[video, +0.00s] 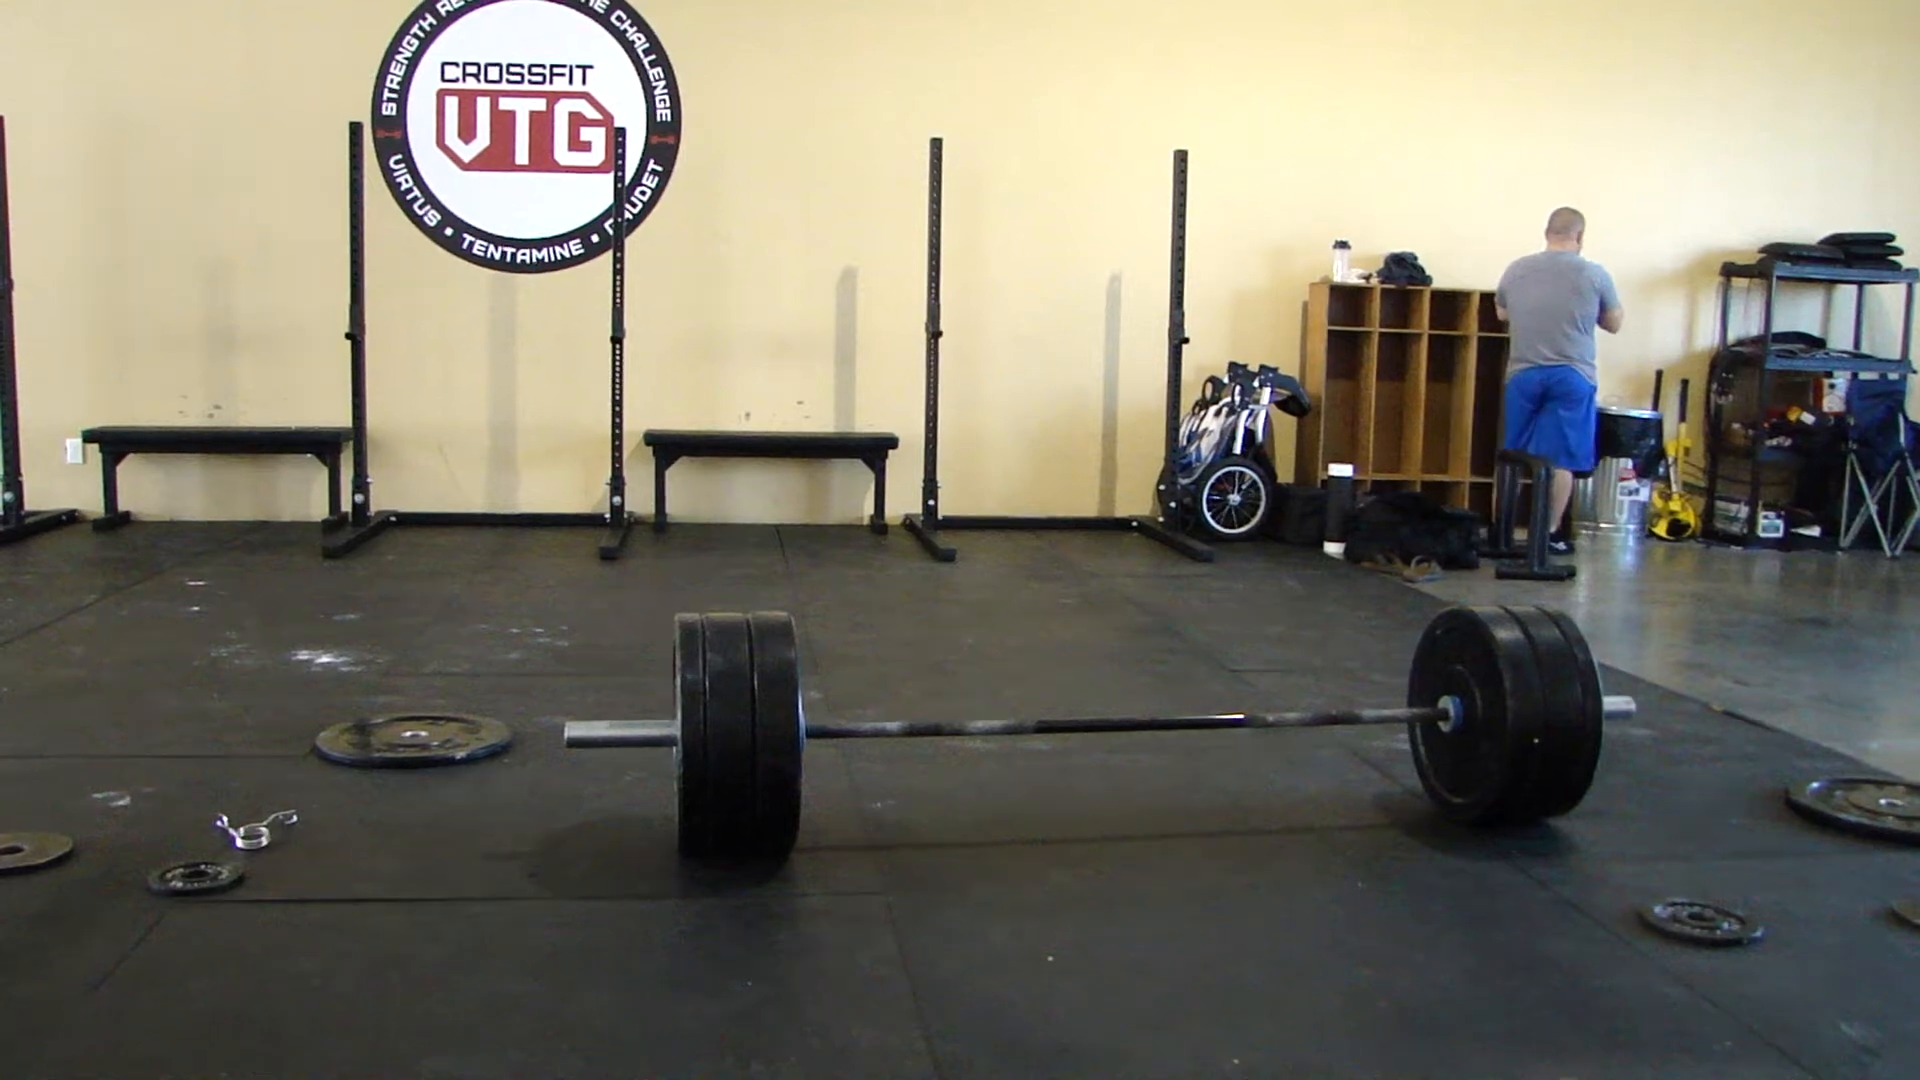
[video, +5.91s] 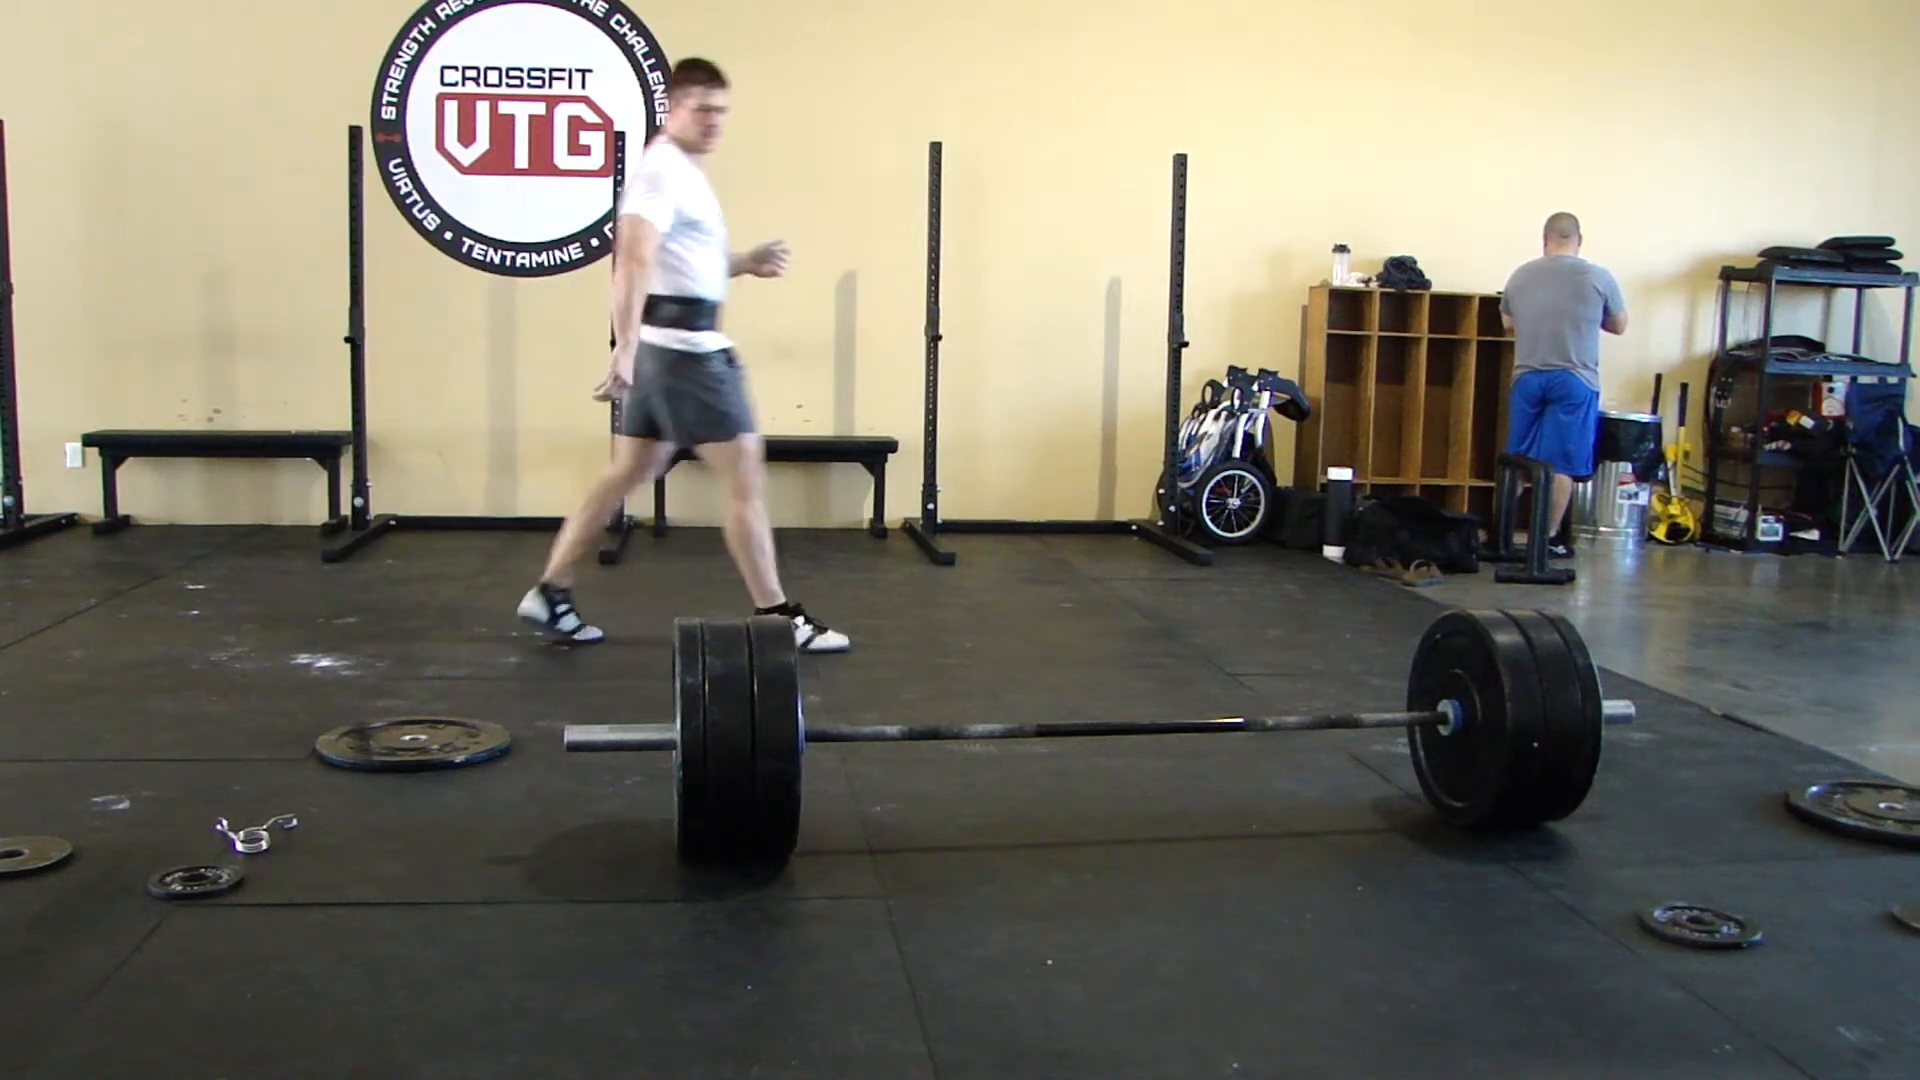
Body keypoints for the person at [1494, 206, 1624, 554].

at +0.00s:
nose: (1579, 243)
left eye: (1576, 238)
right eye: (1581, 238)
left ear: (1546, 234)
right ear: (1579, 237)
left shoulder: (1516, 269)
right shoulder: (1592, 273)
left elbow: (1502, 313)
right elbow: (1613, 323)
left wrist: (1536, 303)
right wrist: (1579, 304)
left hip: (1522, 373)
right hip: (1573, 374)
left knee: (1511, 456)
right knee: (1562, 460)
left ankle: (1502, 532)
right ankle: (1550, 533)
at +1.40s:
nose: (1586, 244)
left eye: (1586, 239)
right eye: (1587, 239)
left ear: (1550, 235)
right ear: (1582, 236)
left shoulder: (1520, 271)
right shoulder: (1593, 274)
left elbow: (1502, 317)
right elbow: (1618, 326)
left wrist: (1535, 307)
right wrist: (1621, 302)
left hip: (1525, 373)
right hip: (1572, 375)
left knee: (1515, 457)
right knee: (1561, 463)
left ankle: (1502, 533)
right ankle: (1548, 536)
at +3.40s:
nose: (1583, 249)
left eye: (1583, 244)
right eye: (1585, 244)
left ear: (1548, 239)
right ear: (1581, 241)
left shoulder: (1518, 272)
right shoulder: (1593, 275)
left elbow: (1502, 321)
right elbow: (1615, 332)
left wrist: (1536, 322)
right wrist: (1625, 346)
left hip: (1522, 376)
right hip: (1570, 378)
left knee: (1512, 459)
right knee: (1560, 465)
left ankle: (1500, 536)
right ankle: (1548, 539)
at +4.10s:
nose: (1582, 247)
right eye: (1584, 242)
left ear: (1548, 240)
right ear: (1582, 240)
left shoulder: (1519, 274)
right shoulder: (1595, 277)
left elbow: (1506, 322)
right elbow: (1613, 329)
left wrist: (1538, 318)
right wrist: (1583, 314)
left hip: (1524, 376)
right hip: (1572, 378)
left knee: (1513, 459)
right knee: (1561, 464)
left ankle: (1500, 536)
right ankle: (1549, 538)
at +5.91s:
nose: (1561, 245)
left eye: (1548, 239)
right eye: (1577, 240)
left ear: (1545, 240)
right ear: (1580, 241)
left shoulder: (1520, 275)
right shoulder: (1598, 276)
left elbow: (1509, 324)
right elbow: (1618, 325)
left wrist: (1542, 314)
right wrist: (1581, 311)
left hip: (1527, 377)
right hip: (1575, 379)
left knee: (1516, 460)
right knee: (1562, 465)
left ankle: (1501, 535)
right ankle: (1547, 540)